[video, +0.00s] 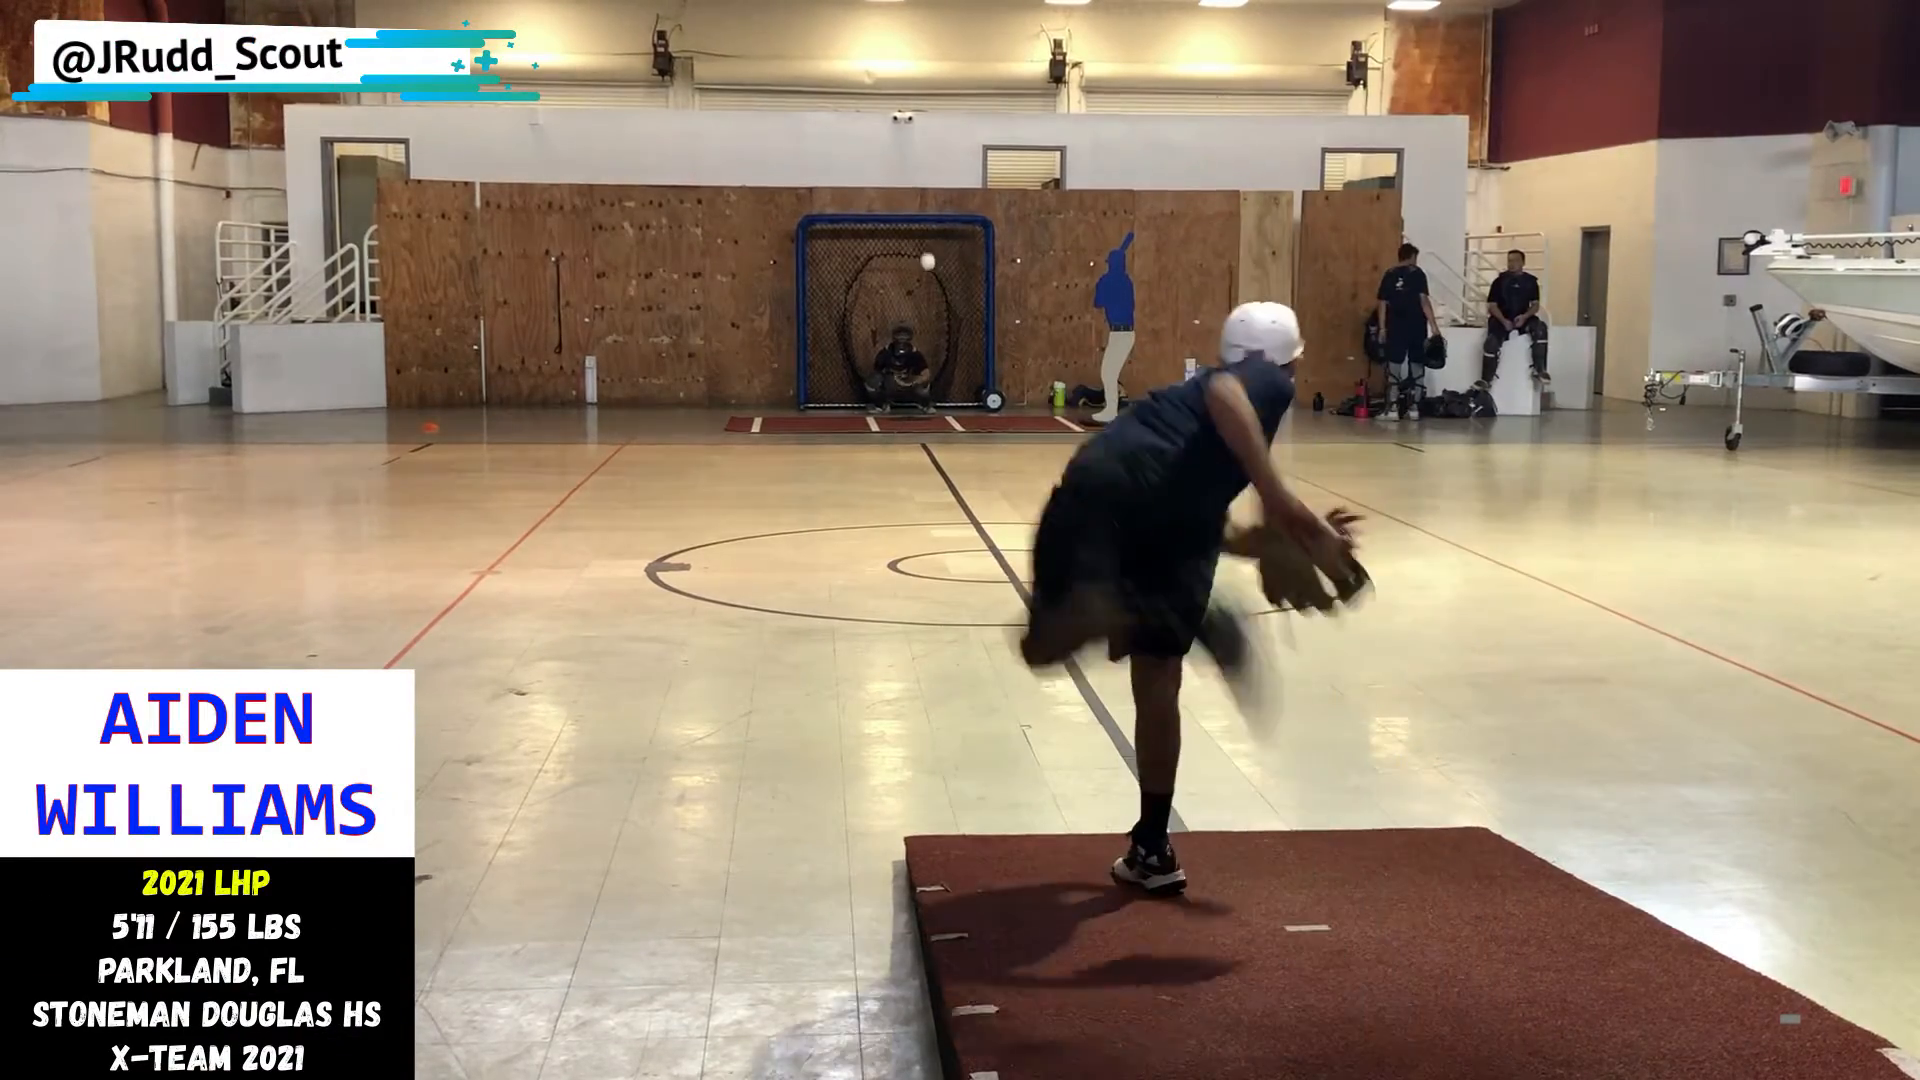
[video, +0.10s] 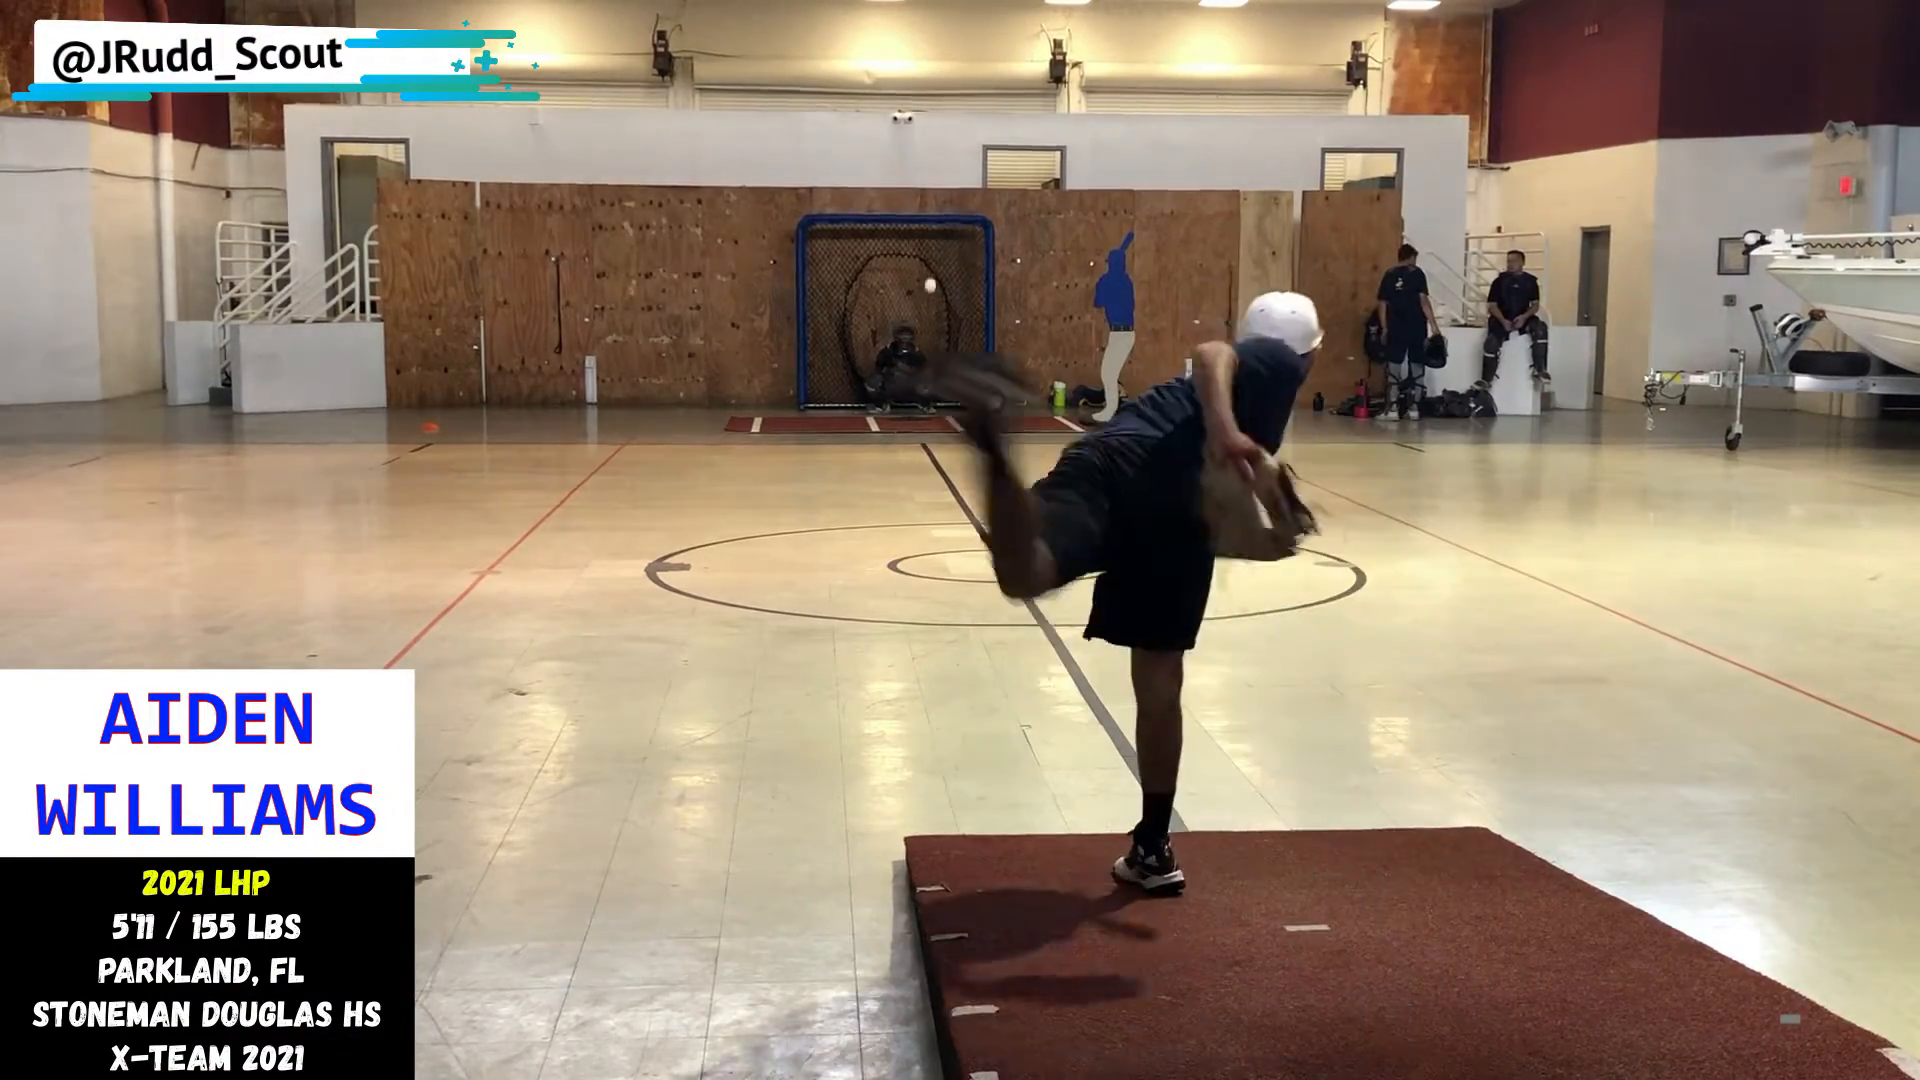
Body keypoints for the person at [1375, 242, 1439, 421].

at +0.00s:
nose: (1416, 261)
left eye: (1416, 258)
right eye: (1416, 257)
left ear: (1399, 257)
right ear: (1413, 257)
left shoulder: (1389, 274)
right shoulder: (1418, 273)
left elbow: (1382, 304)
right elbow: (1424, 301)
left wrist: (1381, 328)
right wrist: (1435, 328)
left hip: (1396, 330)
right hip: (1417, 330)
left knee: (1394, 369)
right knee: (1417, 368)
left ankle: (1393, 410)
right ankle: (1414, 408)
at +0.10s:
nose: (1415, 261)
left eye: (1415, 259)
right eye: (1415, 258)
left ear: (1399, 257)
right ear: (1412, 258)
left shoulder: (1389, 274)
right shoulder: (1417, 273)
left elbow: (1382, 304)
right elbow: (1424, 301)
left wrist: (1384, 328)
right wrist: (1434, 327)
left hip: (1396, 330)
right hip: (1417, 330)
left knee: (1394, 369)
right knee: (1417, 368)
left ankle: (1393, 410)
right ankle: (1414, 408)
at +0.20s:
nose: (1411, 263)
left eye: (1409, 261)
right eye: (1411, 260)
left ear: (1397, 259)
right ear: (1412, 259)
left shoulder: (1389, 275)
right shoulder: (1417, 273)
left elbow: (1383, 305)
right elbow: (1424, 300)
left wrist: (1385, 327)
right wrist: (1434, 325)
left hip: (1396, 329)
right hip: (1417, 329)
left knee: (1393, 369)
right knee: (1417, 368)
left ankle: (1393, 409)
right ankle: (1414, 408)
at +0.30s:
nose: (1401, 266)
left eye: (1399, 263)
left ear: (1395, 262)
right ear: (1411, 262)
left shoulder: (1389, 277)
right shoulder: (1417, 273)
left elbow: (1384, 307)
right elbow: (1425, 301)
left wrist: (1387, 327)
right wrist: (1436, 326)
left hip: (1397, 330)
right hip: (1417, 330)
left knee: (1393, 370)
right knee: (1417, 370)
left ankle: (1392, 410)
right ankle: (1413, 408)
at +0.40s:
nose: (1395, 270)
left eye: (1394, 266)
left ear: (1394, 265)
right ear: (1410, 263)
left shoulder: (1389, 280)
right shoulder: (1418, 274)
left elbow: (1386, 308)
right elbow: (1427, 298)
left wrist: (1388, 328)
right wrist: (1437, 323)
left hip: (1398, 330)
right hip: (1418, 329)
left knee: (1393, 370)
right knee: (1418, 369)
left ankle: (1392, 408)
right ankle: (1414, 408)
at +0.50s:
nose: (1393, 272)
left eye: (1393, 270)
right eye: (1396, 270)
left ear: (1394, 268)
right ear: (1410, 265)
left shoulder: (1390, 282)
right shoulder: (1419, 275)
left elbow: (1386, 309)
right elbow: (1428, 297)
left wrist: (1388, 329)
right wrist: (1440, 323)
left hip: (1398, 330)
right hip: (1419, 329)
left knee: (1393, 369)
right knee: (1418, 369)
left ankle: (1392, 408)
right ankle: (1414, 408)